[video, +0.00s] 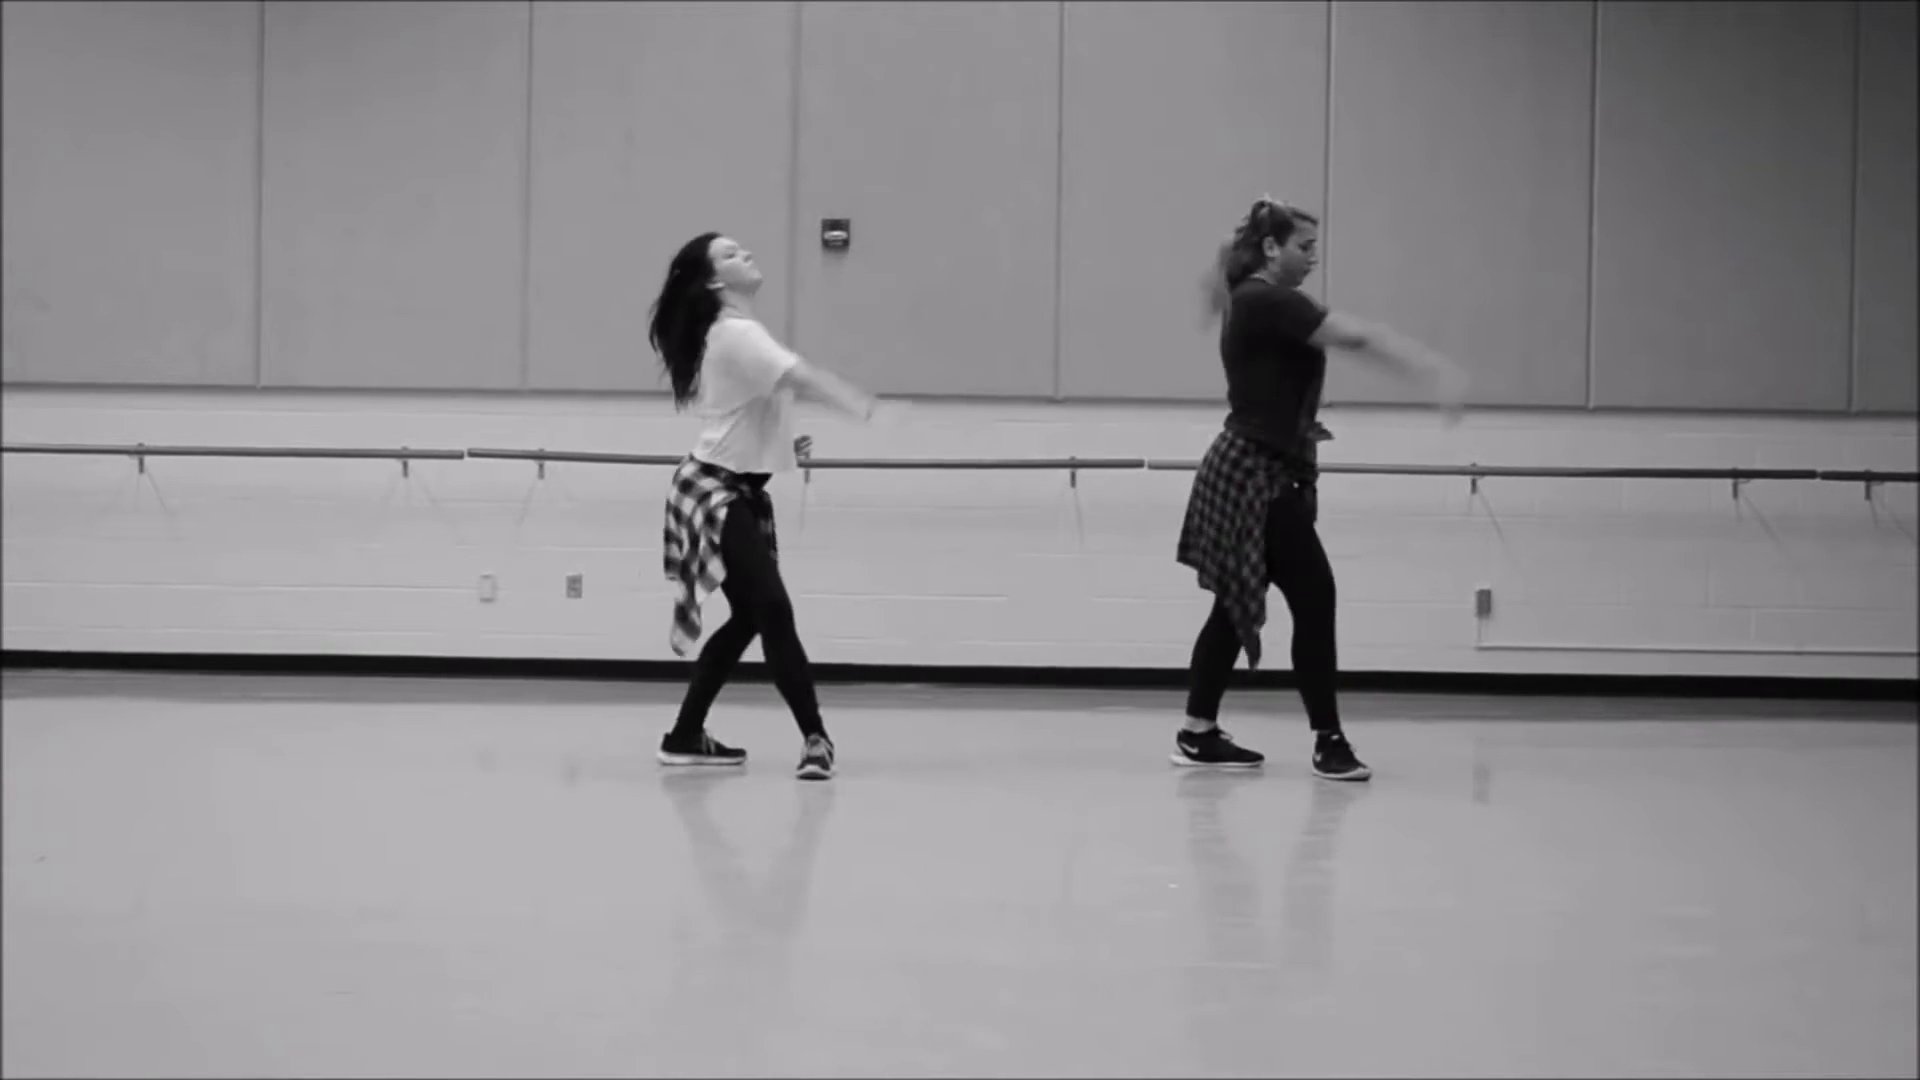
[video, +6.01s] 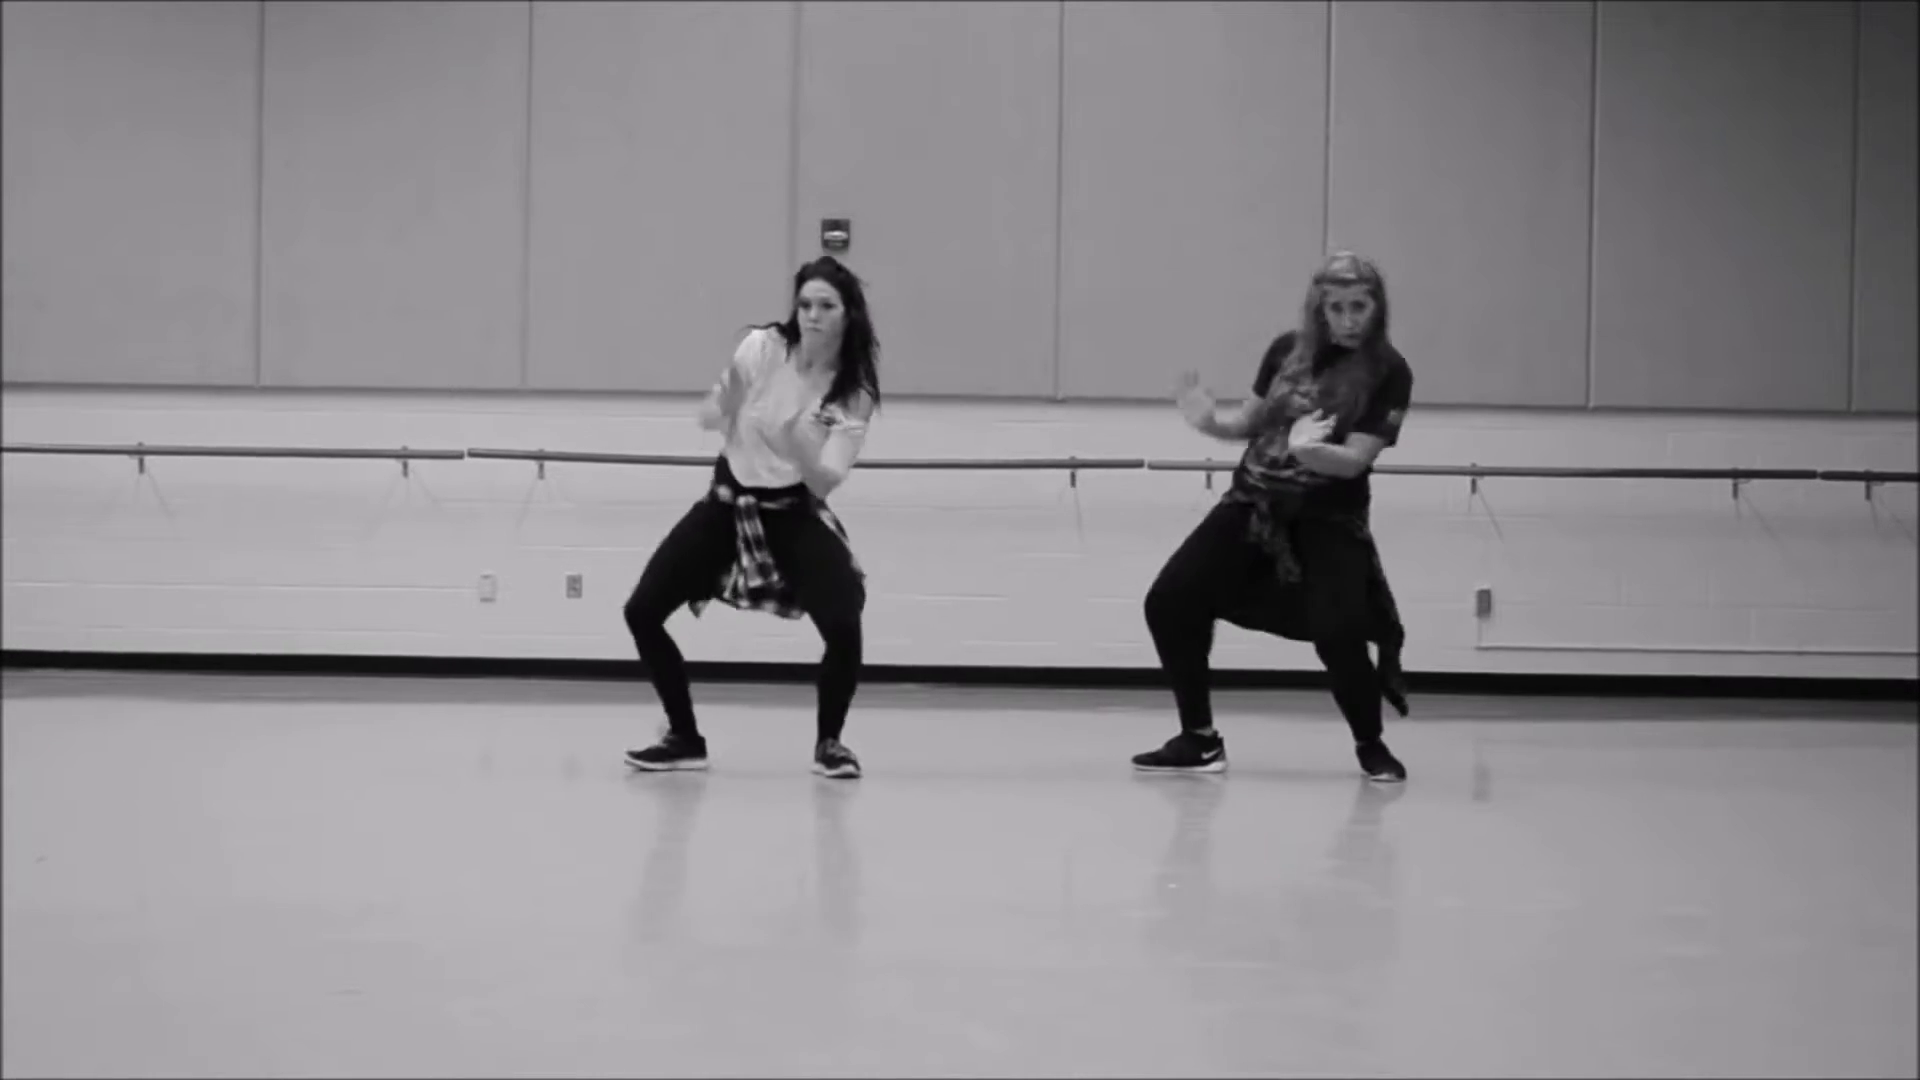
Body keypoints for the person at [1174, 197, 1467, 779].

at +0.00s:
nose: (1311, 259)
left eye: (1314, 249)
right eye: (1303, 248)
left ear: (1274, 250)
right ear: (1270, 247)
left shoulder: (1256, 300)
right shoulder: (1270, 300)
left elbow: (1258, 385)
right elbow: (1359, 337)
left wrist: (1299, 425)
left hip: (1258, 473)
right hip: (1262, 478)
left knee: (1236, 602)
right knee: (1314, 596)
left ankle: (1198, 730)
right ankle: (1328, 741)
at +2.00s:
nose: (1443, 235)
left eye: (1452, 225)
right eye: (1429, 226)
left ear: (1465, 238)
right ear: (1406, 241)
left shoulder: (1496, 313)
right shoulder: (1385, 315)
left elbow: (1534, 395)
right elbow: (1338, 397)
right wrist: (1417, 379)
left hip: (1465, 487)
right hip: (1386, 487)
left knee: (1518, 611)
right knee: (1365, 615)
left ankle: (1589, 729)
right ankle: (1329, 738)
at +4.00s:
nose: (1514, 262)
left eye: (1531, 266)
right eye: (1518, 254)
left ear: (1541, 295)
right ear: (1503, 265)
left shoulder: (1535, 343)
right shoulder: (1474, 323)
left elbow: (1569, 400)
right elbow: (1456, 299)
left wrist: (1505, 433)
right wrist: (1451, 245)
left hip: (1524, 507)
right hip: (1457, 506)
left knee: (1553, 635)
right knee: (1389, 605)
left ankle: (1593, 748)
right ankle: (1331, 735)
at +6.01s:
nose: (1347, 321)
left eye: (1359, 308)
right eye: (1336, 309)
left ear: (1377, 308)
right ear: (1319, 307)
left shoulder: (1389, 373)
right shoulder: (1288, 350)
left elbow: (1357, 460)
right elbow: (1251, 419)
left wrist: (1306, 451)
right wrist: (1212, 422)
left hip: (1328, 517)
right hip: (1252, 507)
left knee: (1339, 630)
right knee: (1170, 602)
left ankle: (1371, 747)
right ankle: (1199, 735)